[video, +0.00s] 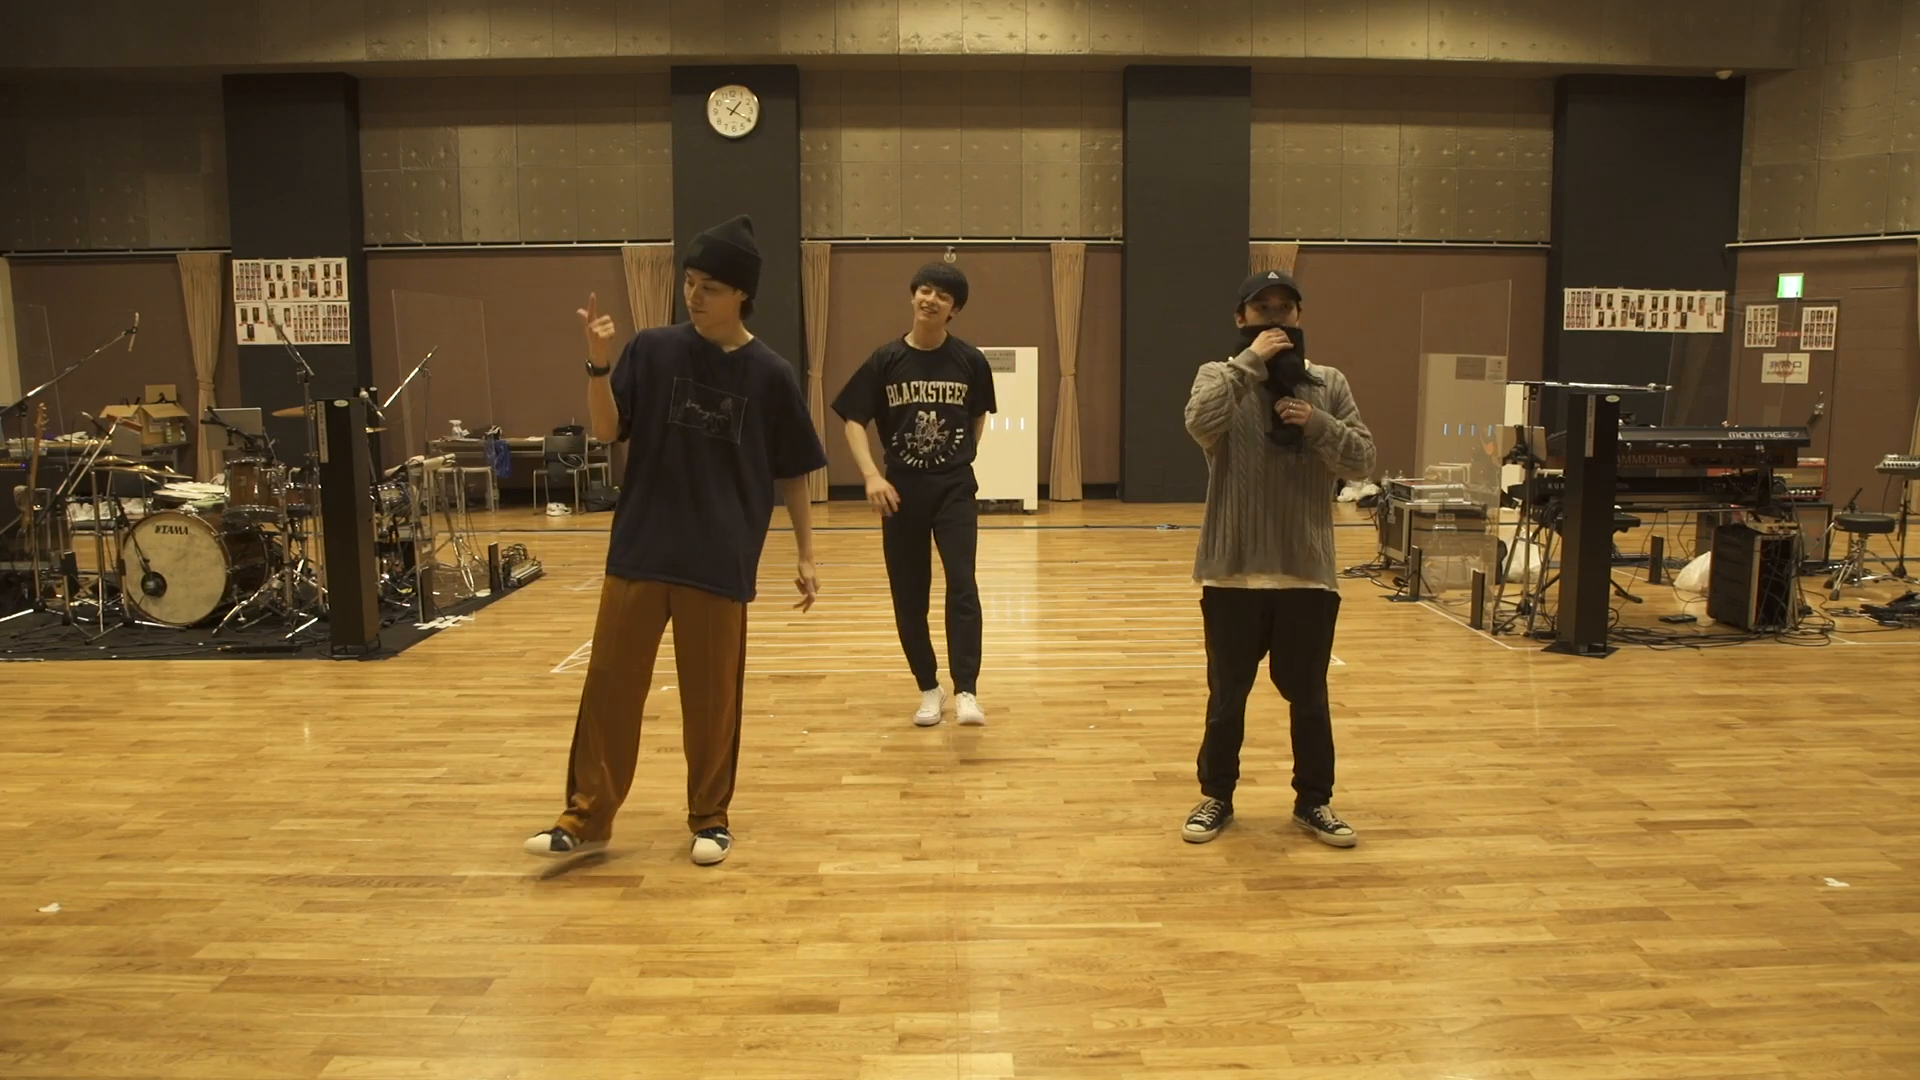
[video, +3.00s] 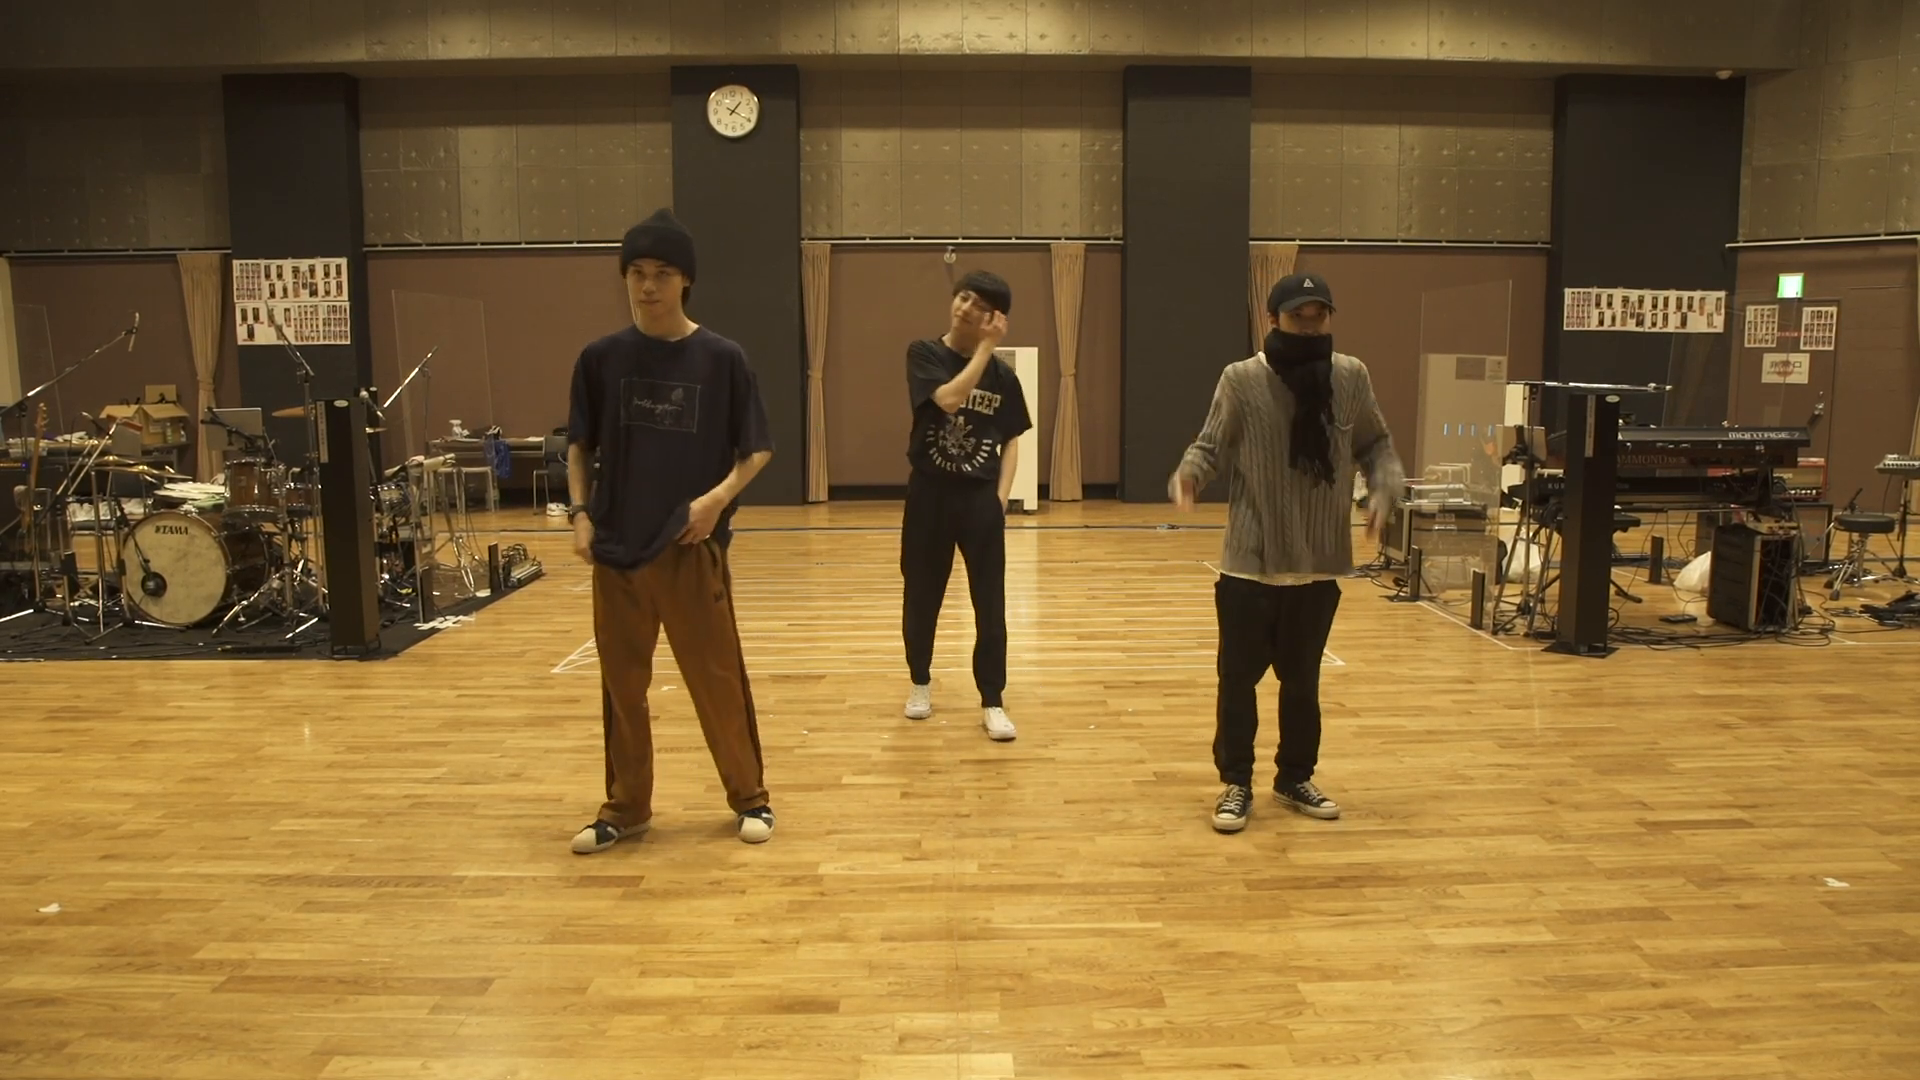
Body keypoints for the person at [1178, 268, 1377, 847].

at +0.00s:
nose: (1277, 319)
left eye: (1286, 308)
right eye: (1264, 309)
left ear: (1300, 317)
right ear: (1243, 318)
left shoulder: (1328, 383)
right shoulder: (1221, 377)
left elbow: (1363, 462)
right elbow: (1200, 422)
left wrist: (1316, 423)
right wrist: (1250, 360)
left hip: (1307, 571)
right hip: (1232, 570)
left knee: (1309, 696)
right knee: (1226, 696)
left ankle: (1314, 803)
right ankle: (1215, 799)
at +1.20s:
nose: (1284, 322)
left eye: (1293, 312)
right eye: (1272, 311)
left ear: (1305, 320)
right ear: (1249, 318)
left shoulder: (1331, 392)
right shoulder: (1218, 387)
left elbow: (1350, 474)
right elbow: (1201, 472)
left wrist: (1319, 480)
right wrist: (1260, 442)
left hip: (1304, 574)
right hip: (1230, 573)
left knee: (1307, 697)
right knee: (1223, 697)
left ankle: (1314, 805)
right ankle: (1215, 801)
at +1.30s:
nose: (1285, 321)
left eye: (1294, 311)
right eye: (1273, 311)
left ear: (1305, 319)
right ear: (1249, 317)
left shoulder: (1331, 393)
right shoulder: (1216, 392)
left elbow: (1350, 475)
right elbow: (1190, 472)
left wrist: (1367, 519)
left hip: (1304, 578)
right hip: (1230, 577)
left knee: (1307, 698)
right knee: (1223, 699)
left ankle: (1314, 804)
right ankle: (1215, 800)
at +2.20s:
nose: (1280, 336)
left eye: (1289, 326)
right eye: (1268, 325)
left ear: (1300, 328)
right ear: (1240, 325)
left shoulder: (1316, 388)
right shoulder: (1202, 390)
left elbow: (1344, 461)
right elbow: (1163, 470)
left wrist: (1383, 476)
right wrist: (1182, 485)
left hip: (1292, 580)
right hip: (1219, 581)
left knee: (1309, 697)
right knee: (1215, 700)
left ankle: (1319, 802)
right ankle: (1214, 799)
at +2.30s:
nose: (1278, 334)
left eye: (1287, 324)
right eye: (1267, 324)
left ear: (1298, 328)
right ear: (1239, 323)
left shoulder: (1310, 385)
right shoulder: (1203, 382)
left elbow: (1344, 458)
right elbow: (1175, 457)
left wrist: (1349, 407)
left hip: (1293, 572)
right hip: (1219, 573)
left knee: (1307, 689)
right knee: (1215, 693)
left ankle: (1318, 792)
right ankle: (1214, 797)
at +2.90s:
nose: (1311, 328)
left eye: (1320, 318)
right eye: (1299, 318)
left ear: (1330, 323)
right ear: (1274, 322)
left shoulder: (1348, 376)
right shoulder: (1242, 378)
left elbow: (1383, 460)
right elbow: (1212, 465)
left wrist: (1377, 437)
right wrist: (1217, 436)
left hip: (1317, 561)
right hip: (1249, 559)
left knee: (1303, 680)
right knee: (1232, 679)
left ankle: (1294, 779)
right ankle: (1223, 787)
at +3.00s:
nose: (1313, 324)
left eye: (1321, 314)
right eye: (1301, 314)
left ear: (1332, 321)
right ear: (1274, 320)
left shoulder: (1350, 377)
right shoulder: (1240, 380)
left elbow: (1376, 446)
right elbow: (1209, 448)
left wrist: (1389, 491)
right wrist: (1189, 473)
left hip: (1317, 566)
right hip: (1248, 565)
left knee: (1302, 682)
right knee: (1237, 680)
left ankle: (1294, 781)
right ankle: (1236, 785)